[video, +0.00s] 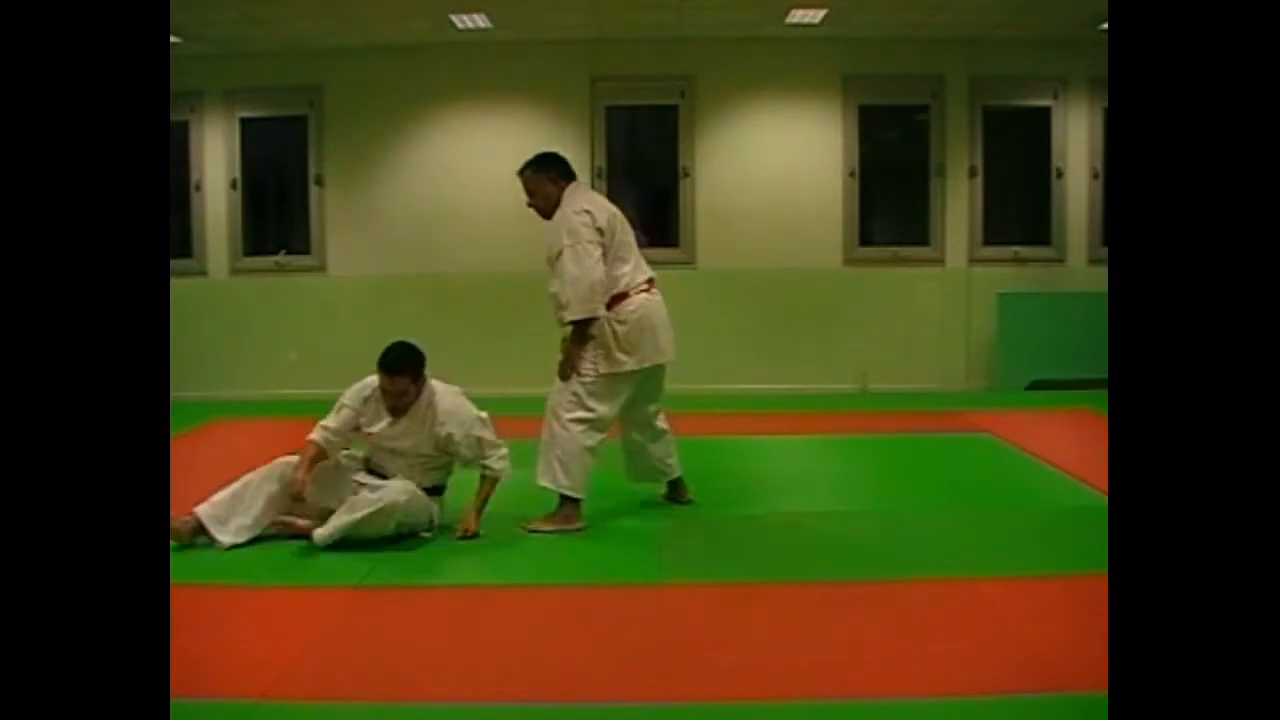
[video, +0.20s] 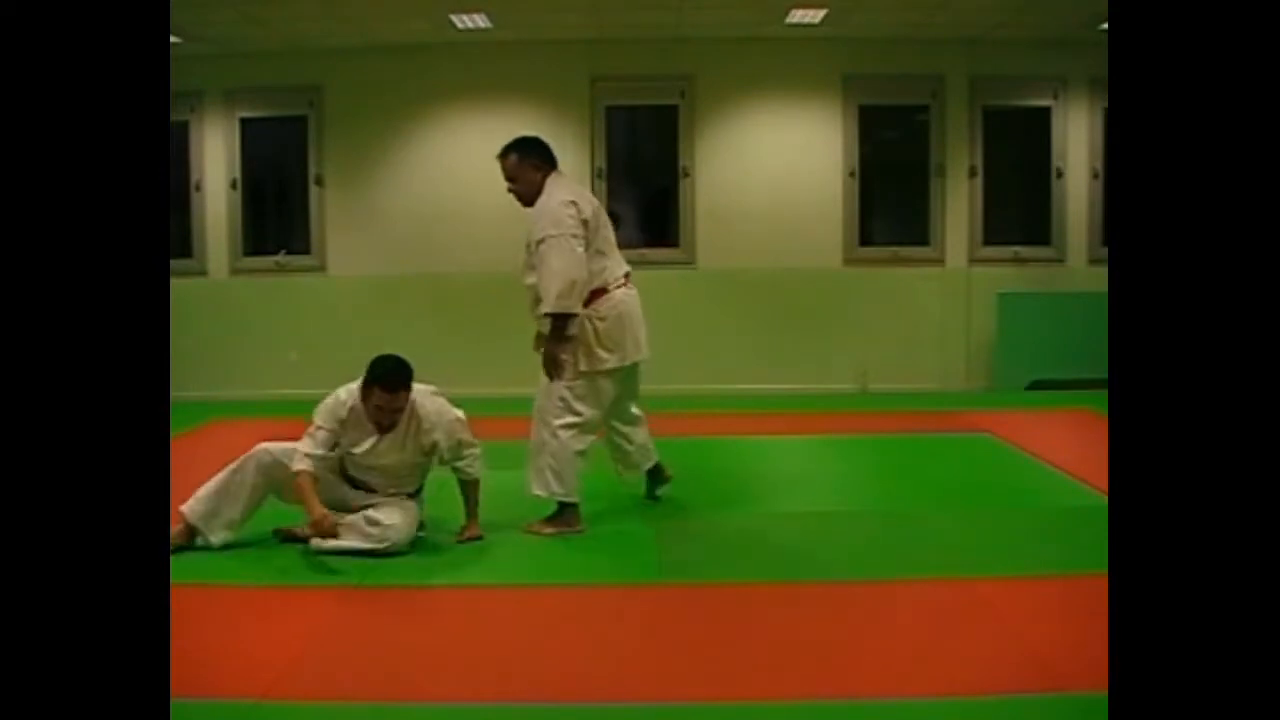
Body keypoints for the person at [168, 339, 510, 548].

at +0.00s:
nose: (390, 402)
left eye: (399, 395)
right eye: (385, 392)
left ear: (421, 384)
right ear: (378, 379)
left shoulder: (452, 410)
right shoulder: (370, 391)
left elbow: (497, 460)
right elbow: (330, 432)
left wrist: (474, 516)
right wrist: (303, 470)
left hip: (409, 496)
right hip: (362, 478)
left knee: (401, 499)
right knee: (285, 469)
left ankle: (317, 529)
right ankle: (198, 523)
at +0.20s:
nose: (385, 419)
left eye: (394, 412)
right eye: (378, 410)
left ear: (409, 399)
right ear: (364, 392)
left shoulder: (436, 416)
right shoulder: (343, 403)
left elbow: (469, 464)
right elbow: (304, 459)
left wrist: (473, 522)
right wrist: (316, 510)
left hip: (392, 498)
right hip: (340, 477)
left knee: (396, 531)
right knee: (265, 458)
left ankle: (316, 534)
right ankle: (187, 527)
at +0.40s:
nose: (427, 401)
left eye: (435, 393)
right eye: (421, 391)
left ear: (443, 385)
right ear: (397, 374)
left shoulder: (441, 410)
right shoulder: (362, 377)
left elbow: (459, 464)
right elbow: (307, 436)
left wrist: (472, 522)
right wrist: (342, 487)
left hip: (366, 478)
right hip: (315, 452)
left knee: (380, 540)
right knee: (229, 467)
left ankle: (315, 533)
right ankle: (186, 537)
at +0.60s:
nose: (449, 340)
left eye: (453, 331)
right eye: (443, 330)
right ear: (411, 322)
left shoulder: (432, 368)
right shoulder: (356, 332)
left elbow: (450, 438)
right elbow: (288, 374)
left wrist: (462, 508)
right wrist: (325, 416)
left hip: (355, 448)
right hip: (302, 419)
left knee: (374, 548)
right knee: (284, 454)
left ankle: (315, 531)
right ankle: (237, 548)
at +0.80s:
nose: (440, 289)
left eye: (441, 278)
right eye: (433, 279)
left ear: (406, 282)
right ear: (399, 281)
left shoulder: (425, 328)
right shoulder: (341, 307)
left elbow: (436, 393)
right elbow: (286, 365)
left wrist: (436, 456)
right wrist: (346, 408)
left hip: (359, 428)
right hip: (304, 417)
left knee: (373, 543)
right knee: (362, 440)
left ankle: (311, 530)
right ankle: (394, 562)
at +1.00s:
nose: (418, 219)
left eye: (414, 210)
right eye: (409, 212)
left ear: (381, 221)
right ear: (380, 221)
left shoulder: (402, 271)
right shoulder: (332, 272)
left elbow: (407, 341)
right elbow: (328, 368)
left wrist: (410, 395)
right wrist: (381, 418)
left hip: (371, 401)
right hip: (323, 402)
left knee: (368, 526)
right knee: (394, 460)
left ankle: (320, 531)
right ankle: (406, 572)